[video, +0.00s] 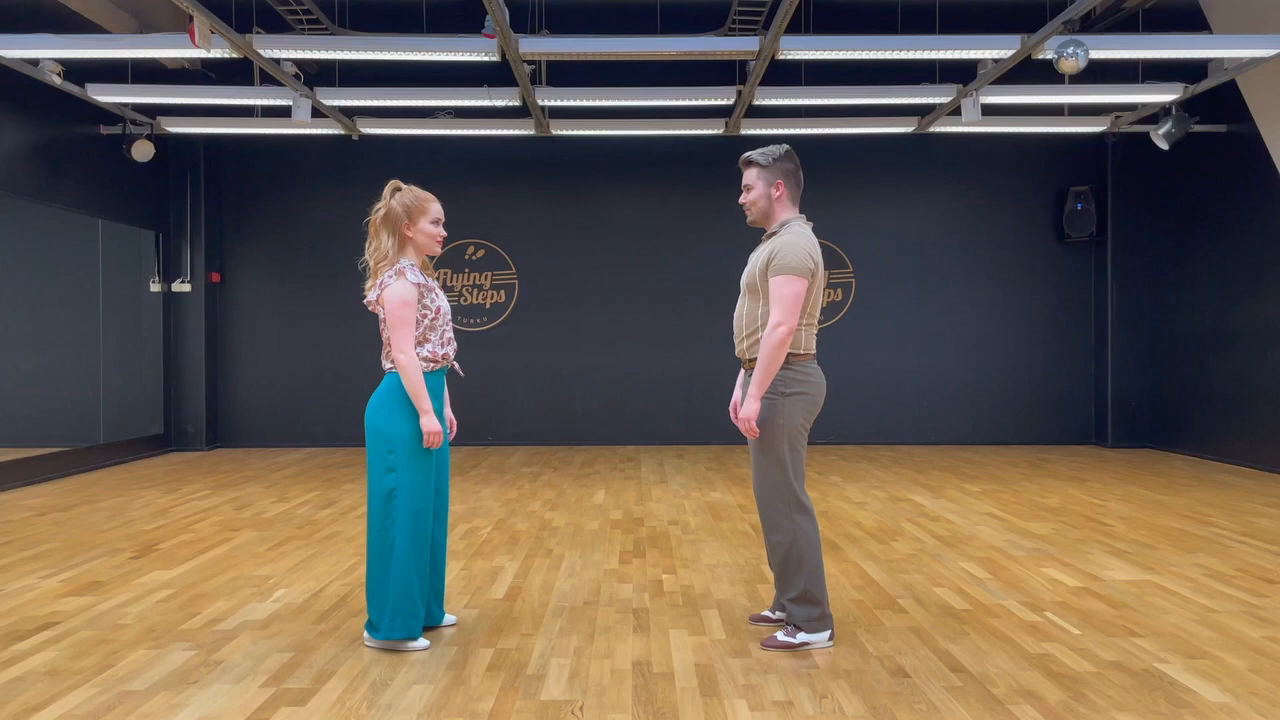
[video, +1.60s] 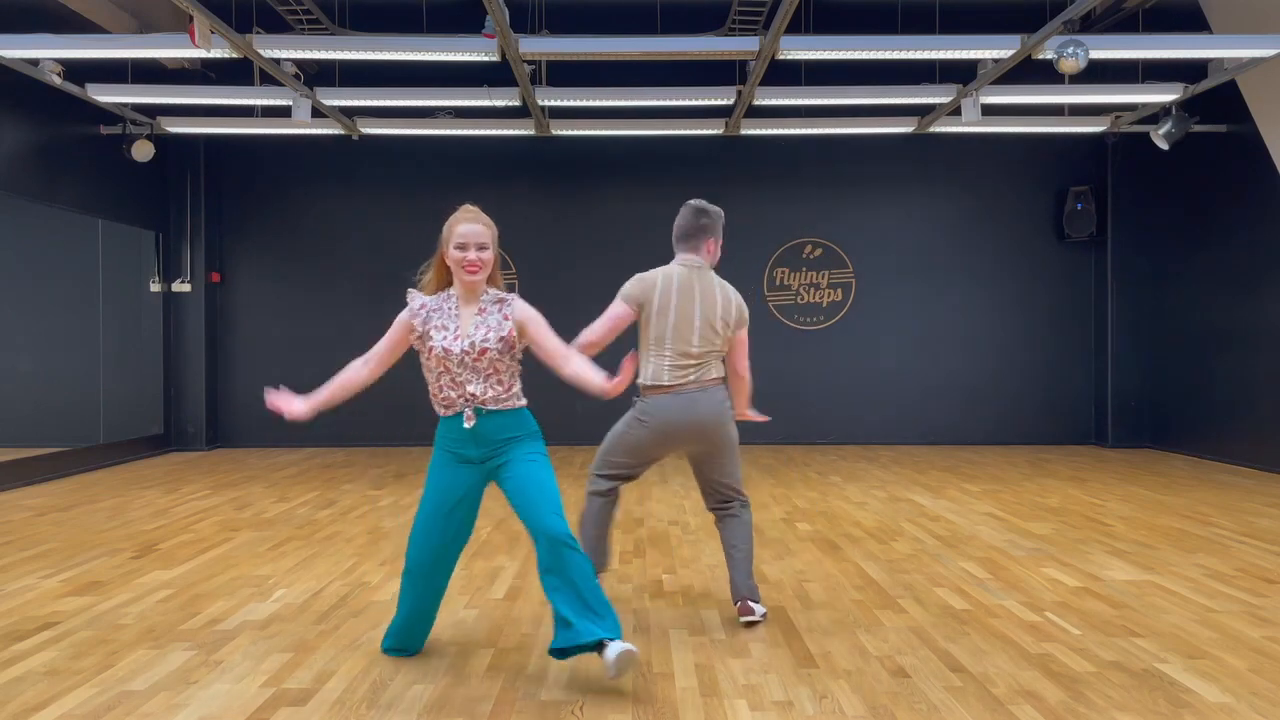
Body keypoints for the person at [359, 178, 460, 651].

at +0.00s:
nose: (444, 230)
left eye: (443, 222)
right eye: (435, 223)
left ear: (416, 229)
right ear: (407, 228)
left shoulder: (422, 277)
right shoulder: (400, 281)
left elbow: (428, 349)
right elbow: (402, 352)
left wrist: (444, 402)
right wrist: (425, 411)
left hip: (425, 399)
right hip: (401, 404)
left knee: (427, 513)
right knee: (401, 518)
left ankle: (423, 609)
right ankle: (388, 625)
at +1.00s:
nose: (453, 232)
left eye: (452, 223)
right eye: (444, 224)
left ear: (434, 229)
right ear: (415, 229)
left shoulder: (450, 282)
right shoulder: (400, 282)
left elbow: (465, 339)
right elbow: (400, 351)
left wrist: (482, 371)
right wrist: (452, 386)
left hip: (433, 407)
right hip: (397, 408)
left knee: (430, 510)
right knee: (398, 514)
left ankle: (424, 607)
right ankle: (391, 624)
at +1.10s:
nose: (458, 232)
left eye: (456, 223)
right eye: (448, 224)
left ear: (439, 230)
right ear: (420, 230)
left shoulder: (462, 277)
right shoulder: (395, 278)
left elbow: (492, 325)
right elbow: (417, 331)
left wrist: (490, 291)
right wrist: (477, 313)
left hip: (442, 406)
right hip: (396, 406)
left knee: (433, 511)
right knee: (403, 513)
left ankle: (426, 604)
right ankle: (396, 623)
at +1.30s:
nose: (463, 237)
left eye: (463, 229)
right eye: (452, 227)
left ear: (463, 239)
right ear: (420, 236)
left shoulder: (472, 282)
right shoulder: (392, 287)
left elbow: (467, 318)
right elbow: (427, 329)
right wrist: (462, 284)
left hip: (457, 419)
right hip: (400, 418)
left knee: (467, 524)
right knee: (402, 526)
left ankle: (434, 584)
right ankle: (395, 626)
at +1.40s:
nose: (456, 247)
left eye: (462, 240)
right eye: (444, 238)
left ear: (468, 248)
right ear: (419, 247)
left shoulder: (480, 296)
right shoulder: (393, 303)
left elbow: (467, 364)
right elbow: (408, 371)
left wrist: (410, 367)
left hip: (469, 429)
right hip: (409, 431)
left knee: (490, 534)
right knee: (416, 541)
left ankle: (475, 599)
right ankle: (398, 632)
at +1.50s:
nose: (455, 256)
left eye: (465, 248)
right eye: (444, 248)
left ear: (476, 256)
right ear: (427, 256)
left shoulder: (492, 315)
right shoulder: (404, 315)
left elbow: (499, 385)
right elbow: (393, 390)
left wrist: (480, 416)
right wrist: (391, 455)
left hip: (487, 439)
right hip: (426, 442)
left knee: (515, 529)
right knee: (421, 555)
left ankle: (546, 636)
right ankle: (401, 639)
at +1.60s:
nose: (472, 257)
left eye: (482, 247)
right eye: (462, 247)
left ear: (495, 254)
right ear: (445, 254)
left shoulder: (513, 310)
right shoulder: (421, 312)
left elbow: (564, 357)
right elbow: (369, 365)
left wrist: (606, 383)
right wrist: (307, 404)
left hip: (515, 437)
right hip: (454, 443)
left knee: (553, 531)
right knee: (427, 548)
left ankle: (607, 640)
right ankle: (403, 640)